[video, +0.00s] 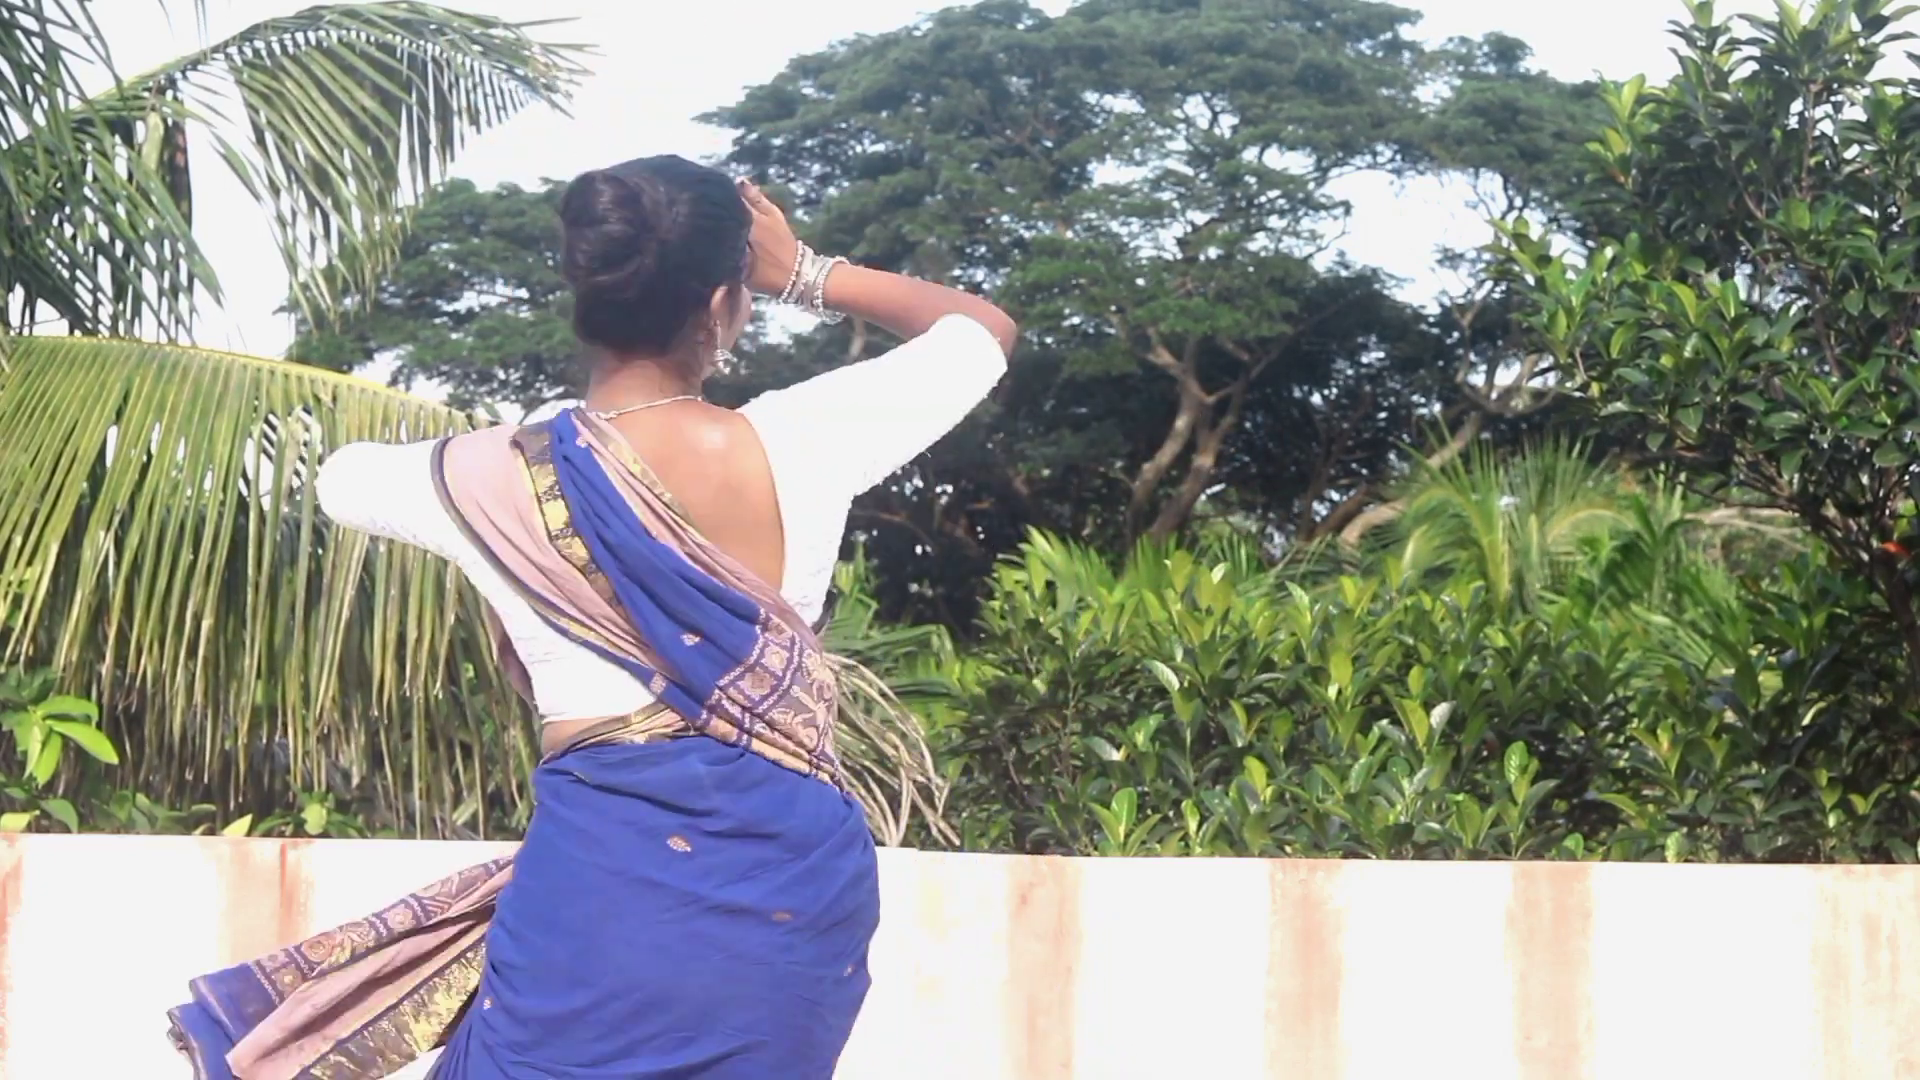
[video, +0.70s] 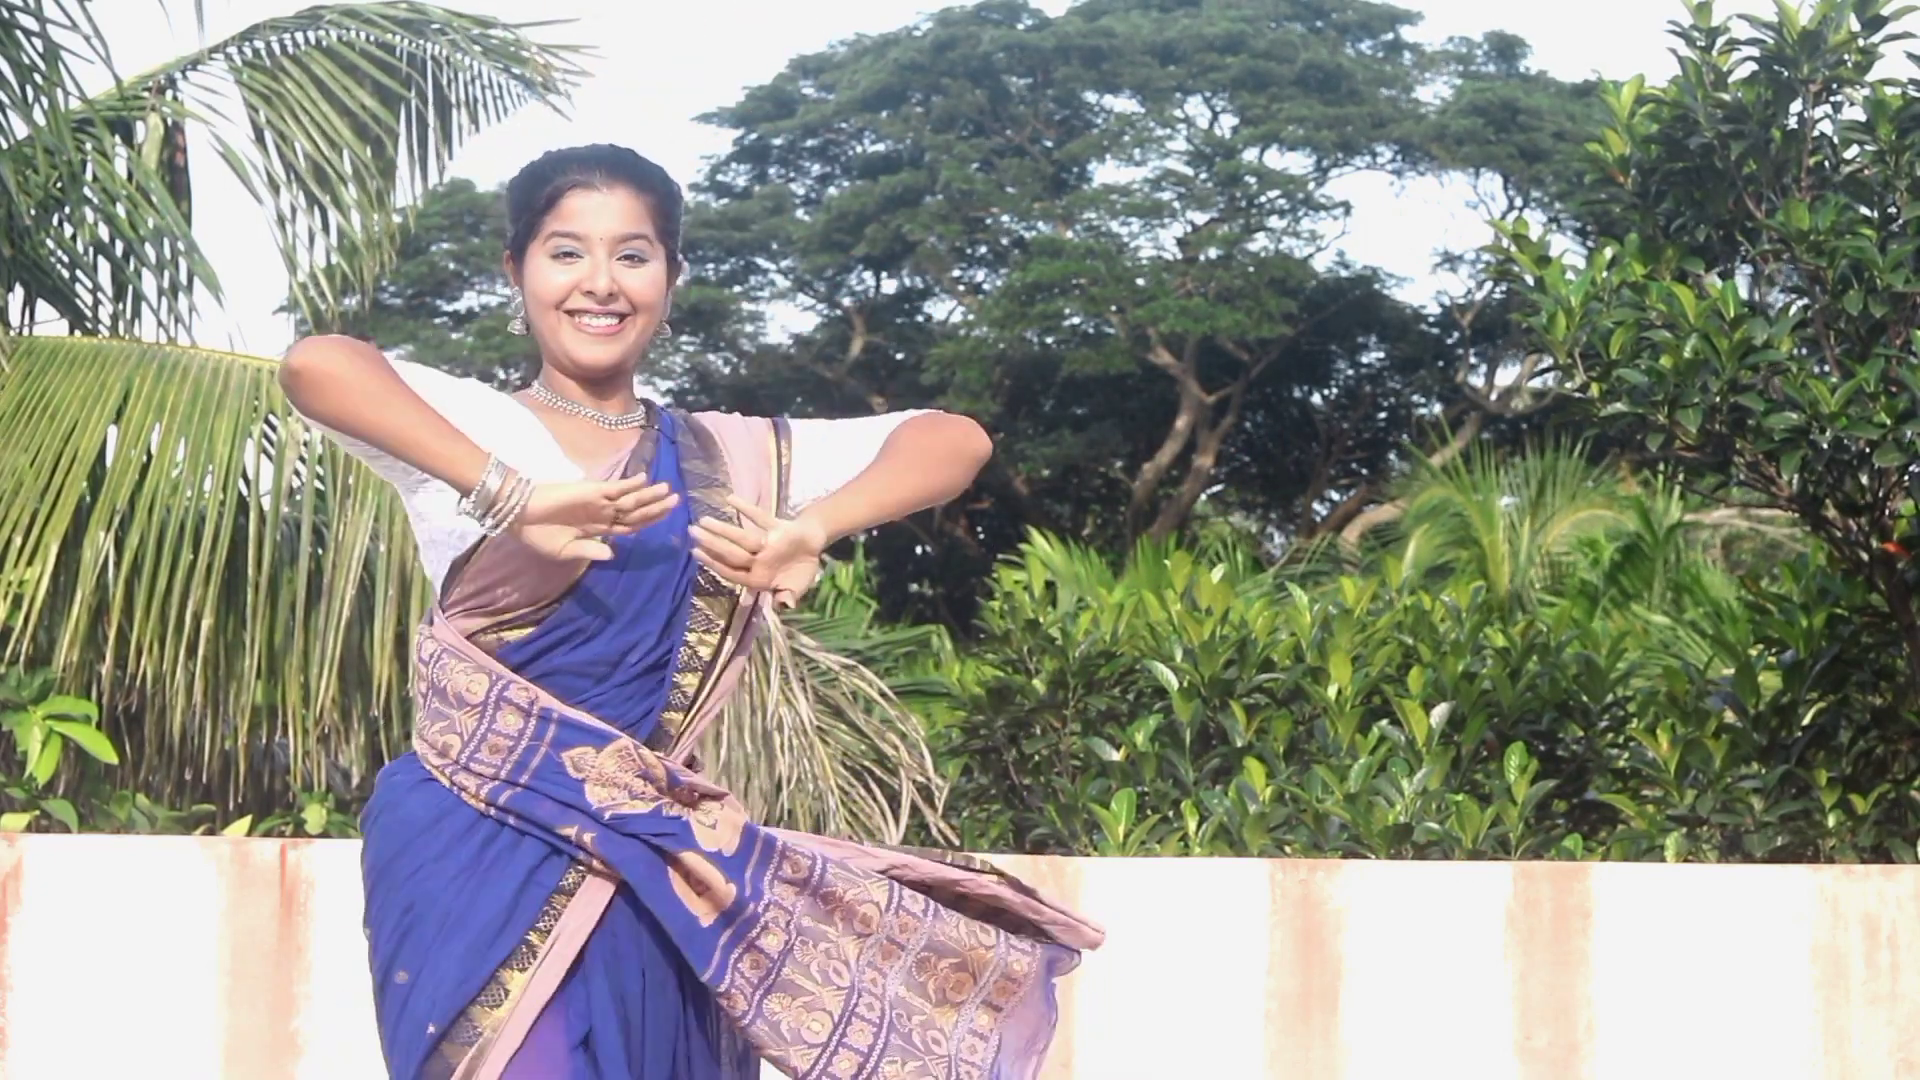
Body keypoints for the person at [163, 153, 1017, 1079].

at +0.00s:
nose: (746, 307)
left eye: (743, 283)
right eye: (747, 287)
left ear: (586, 294)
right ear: (718, 308)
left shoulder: (482, 474)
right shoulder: (792, 446)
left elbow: (322, 470)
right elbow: (982, 328)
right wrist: (809, 271)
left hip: (596, 882)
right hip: (798, 892)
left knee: (519, 1063)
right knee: (756, 1065)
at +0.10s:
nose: (718, 283)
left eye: (708, 256)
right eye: (696, 263)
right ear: (622, 302)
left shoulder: (458, 483)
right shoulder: (739, 426)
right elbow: (991, 326)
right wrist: (873, 327)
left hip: (553, 872)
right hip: (743, 876)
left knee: (542, 1058)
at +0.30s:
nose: (648, 281)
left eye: (656, 252)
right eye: (605, 258)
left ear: (676, 256)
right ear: (522, 289)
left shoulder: (523, 430)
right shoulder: (610, 411)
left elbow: (626, 573)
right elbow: (831, 327)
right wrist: (891, 418)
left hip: (552, 819)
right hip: (648, 838)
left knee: (546, 1054)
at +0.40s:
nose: (629, 279)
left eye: (644, 250)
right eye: (586, 256)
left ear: (668, 260)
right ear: (511, 284)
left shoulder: (606, 432)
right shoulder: (566, 412)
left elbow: (730, 471)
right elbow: (748, 329)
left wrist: (805, 544)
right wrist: (849, 427)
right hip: (604, 840)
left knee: (699, 1055)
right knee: (607, 1056)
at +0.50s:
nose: (610, 278)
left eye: (635, 249)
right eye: (570, 252)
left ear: (663, 271)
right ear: (509, 279)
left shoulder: (660, 422)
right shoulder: (515, 404)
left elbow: (853, 452)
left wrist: (849, 524)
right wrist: (723, 455)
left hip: (686, 819)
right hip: (553, 819)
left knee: (699, 1061)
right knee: (543, 1060)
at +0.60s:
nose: (605, 280)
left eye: (632, 252)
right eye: (568, 252)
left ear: (664, 275)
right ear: (513, 276)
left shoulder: (701, 441)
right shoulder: (488, 408)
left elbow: (903, 448)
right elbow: (460, 347)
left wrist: (861, 522)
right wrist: (652, 468)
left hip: (683, 822)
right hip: (518, 817)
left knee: (699, 1060)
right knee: (564, 1060)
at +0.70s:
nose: (601, 279)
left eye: (634, 253)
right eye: (566, 251)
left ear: (671, 284)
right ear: (520, 278)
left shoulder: (719, 448)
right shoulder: (486, 425)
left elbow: (960, 439)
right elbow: (315, 366)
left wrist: (818, 525)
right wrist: (507, 492)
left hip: (642, 827)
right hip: (473, 819)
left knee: (654, 1054)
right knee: (532, 1060)